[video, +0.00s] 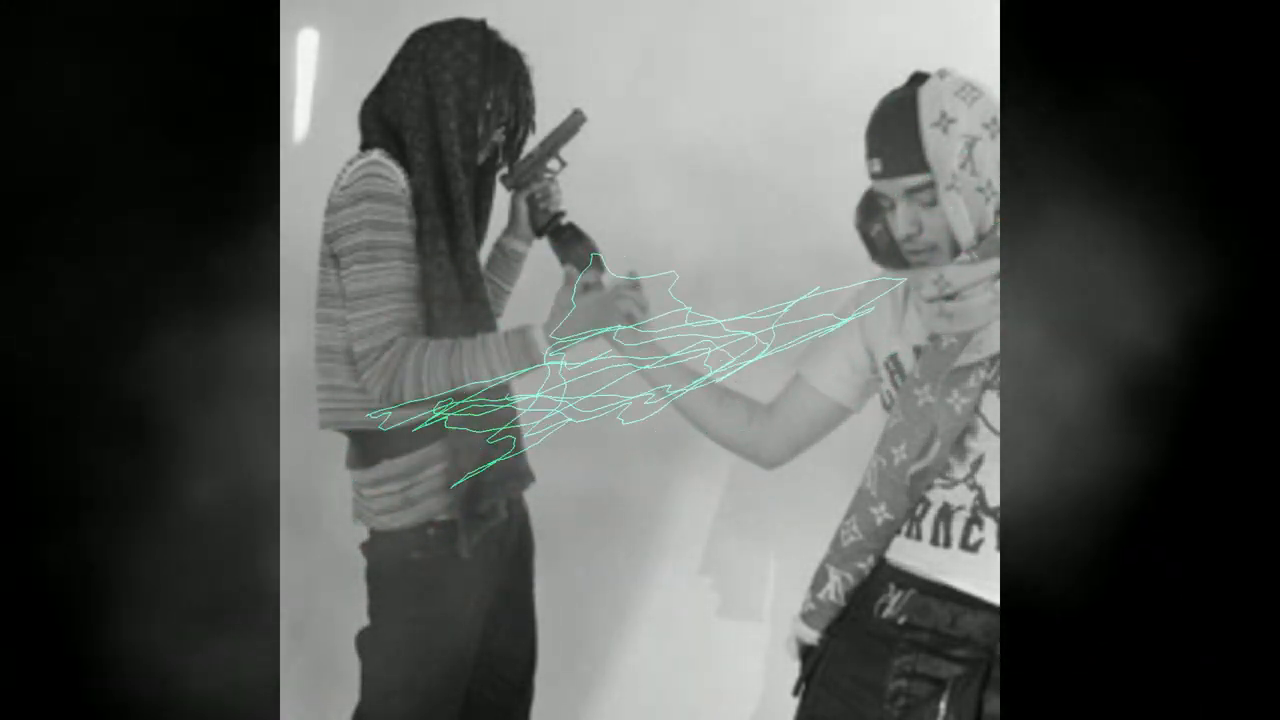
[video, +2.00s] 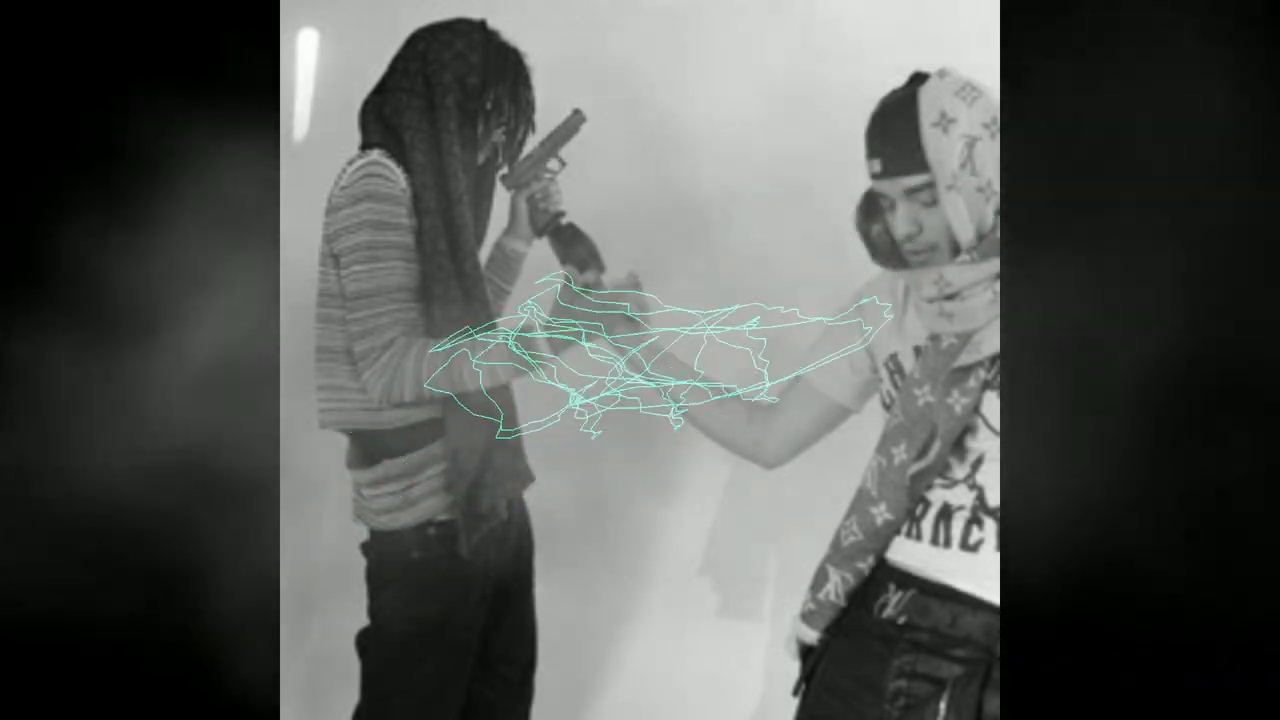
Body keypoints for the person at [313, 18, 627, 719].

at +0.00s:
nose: (496, 143)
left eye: (503, 125)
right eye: (491, 120)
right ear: (449, 108)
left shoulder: (426, 191)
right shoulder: (376, 183)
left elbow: (463, 332)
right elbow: (386, 370)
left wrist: (518, 233)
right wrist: (550, 337)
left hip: (489, 509)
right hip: (425, 527)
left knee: (501, 702)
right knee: (408, 707)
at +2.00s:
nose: (499, 148)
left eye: (505, 127)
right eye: (492, 123)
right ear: (449, 108)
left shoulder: (427, 192)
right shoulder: (377, 182)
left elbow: (461, 333)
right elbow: (389, 371)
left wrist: (517, 236)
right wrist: (538, 343)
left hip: (488, 505)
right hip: (425, 522)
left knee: (500, 701)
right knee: (413, 705)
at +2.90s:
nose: (497, 145)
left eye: (505, 126)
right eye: (491, 121)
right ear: (447, 108)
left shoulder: (429, 190)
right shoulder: (376, 183)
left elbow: (463, 334)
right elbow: (388, 370)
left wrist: (517, 235)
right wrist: (549, 339)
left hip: (487, 503)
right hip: (421, 520)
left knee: (501, 699)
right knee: (411, 704)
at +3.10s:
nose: (499, 143)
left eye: (506, 125)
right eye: (492, 119)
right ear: (448, 107)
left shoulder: (425, 191)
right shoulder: (377, 184)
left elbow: (462, 329)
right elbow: (387, 369)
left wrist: (518, 234)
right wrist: (549, 338)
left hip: (484, 501)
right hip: (423, 517)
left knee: (501, 699)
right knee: (413, 704)